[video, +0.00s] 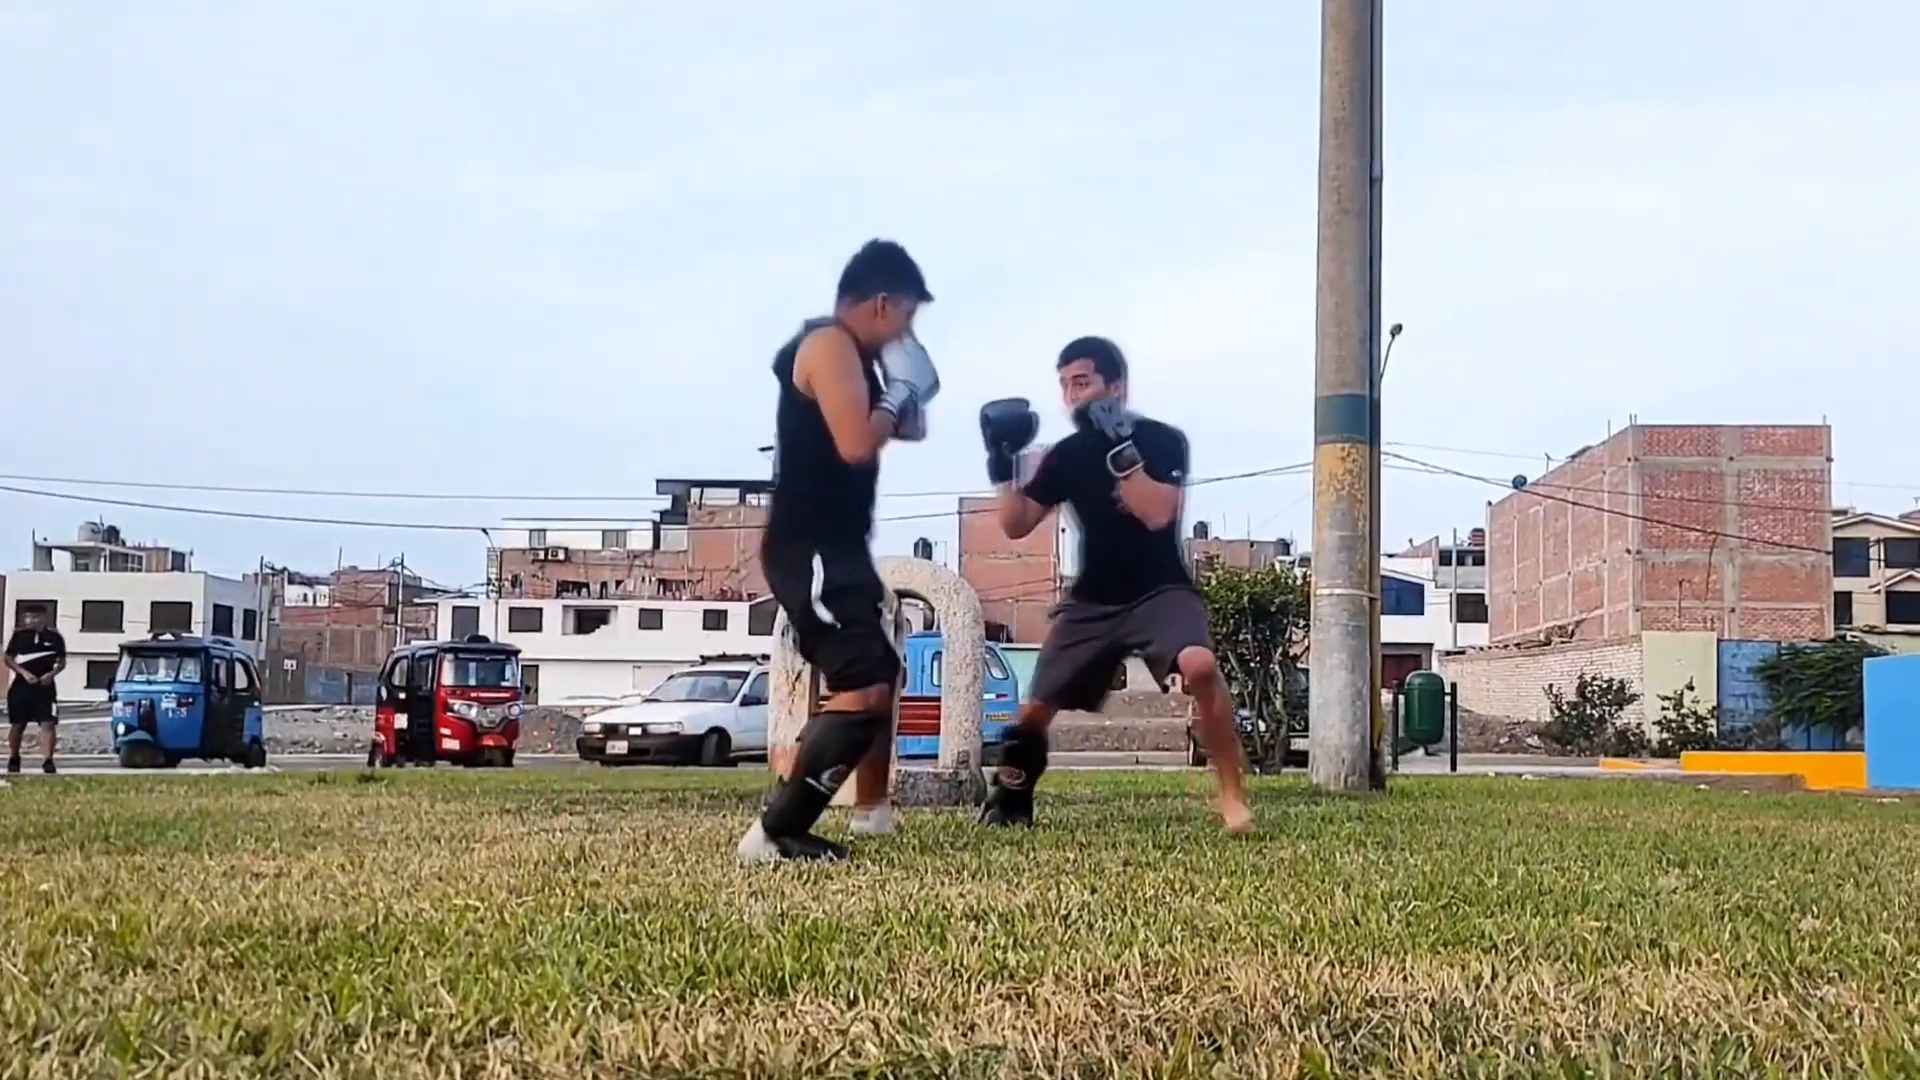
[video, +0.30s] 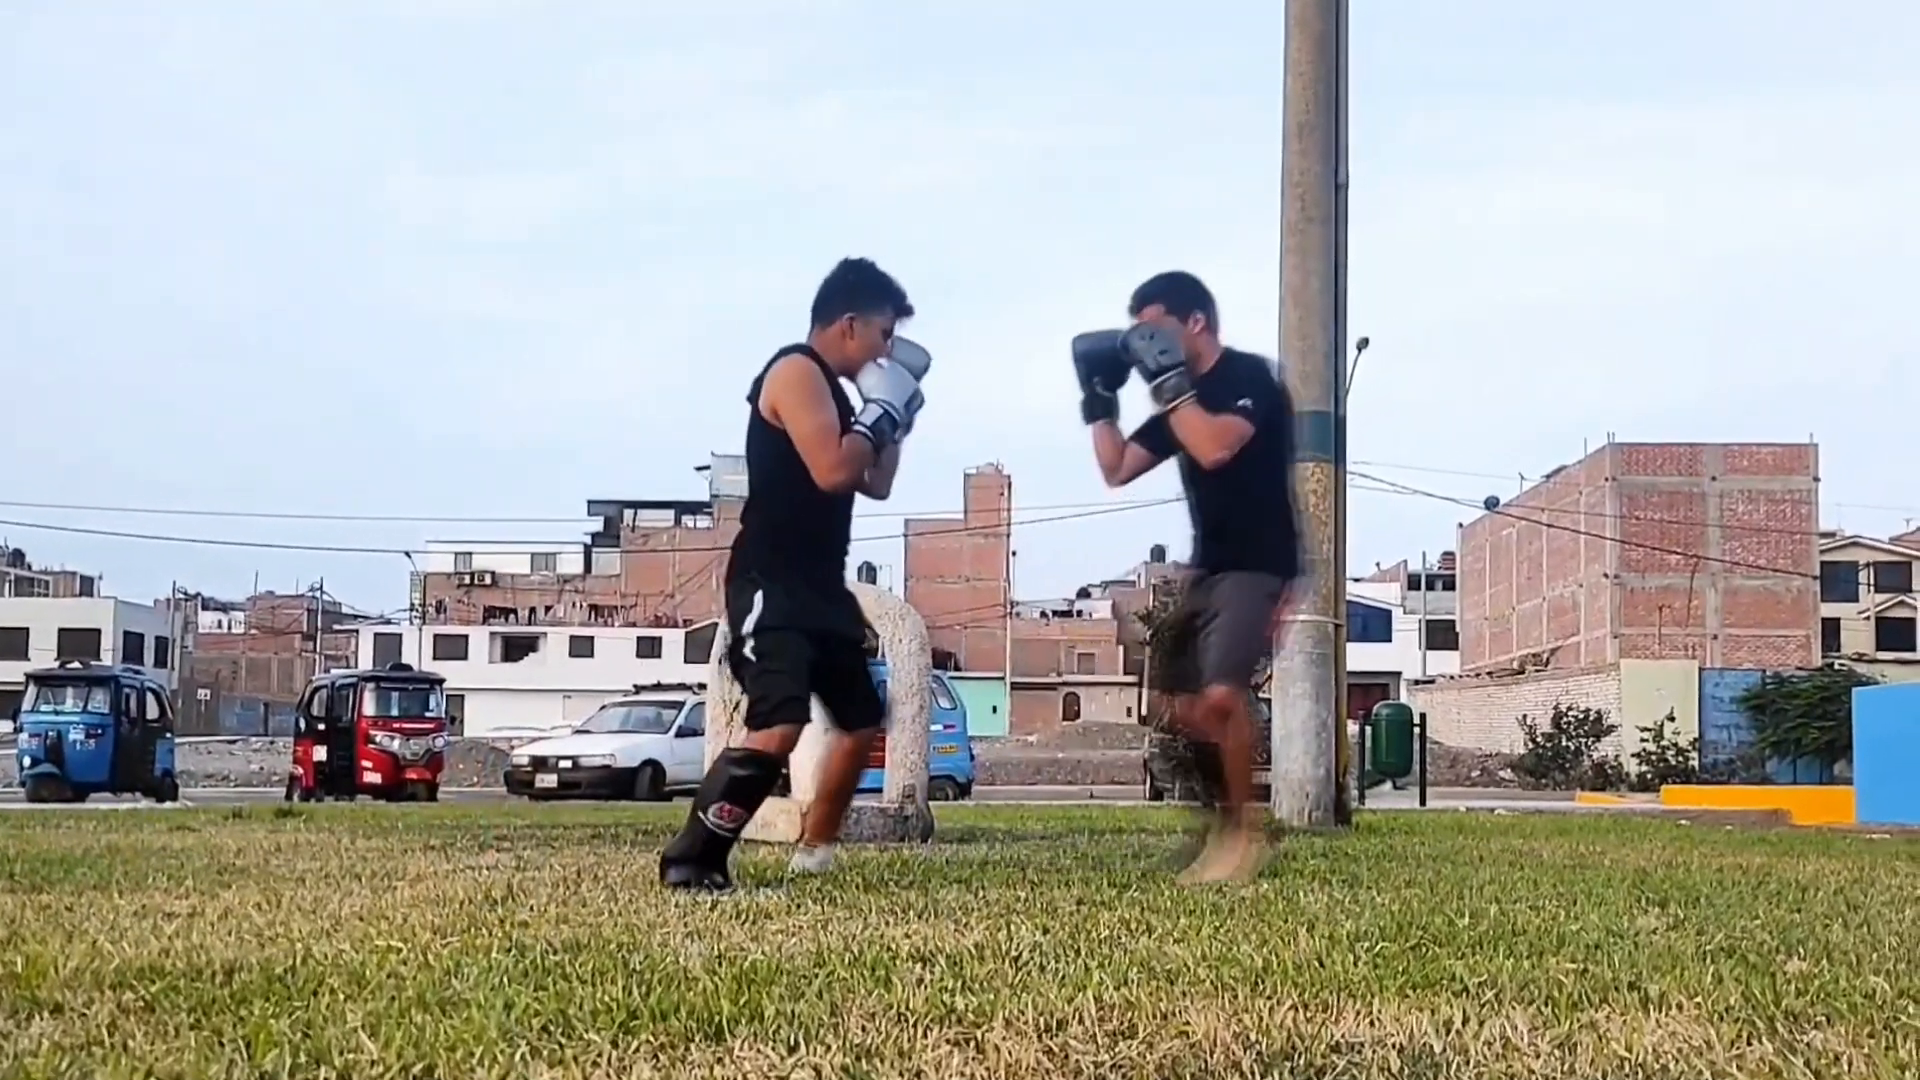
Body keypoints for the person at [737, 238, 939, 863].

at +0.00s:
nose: (908, 331)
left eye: (911, 318)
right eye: (907, 316)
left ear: (871, 303)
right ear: (878, 303)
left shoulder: (848, 353)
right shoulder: (828, 346)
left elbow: (907, 432)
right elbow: (857, 444)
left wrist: (904, 395)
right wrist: (894, 396)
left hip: (840, 545)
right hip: (811, 547)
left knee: (878, 686)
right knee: (861, 691)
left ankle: (790, 829)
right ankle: (772, 833)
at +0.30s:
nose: (887, 350)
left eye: (891, 338)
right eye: (884, 335)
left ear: (843, 326)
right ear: (846, 322)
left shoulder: (835, 391)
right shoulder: (796, 372)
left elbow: (877, 482)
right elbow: (833, 471)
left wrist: (895, 409)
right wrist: (878, 410)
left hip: (821, 581)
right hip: (772, 578)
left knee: (861, 727)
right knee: (778, 723)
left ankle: (813, 858)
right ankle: (692, 860)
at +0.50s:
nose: (885, 354)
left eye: (888, 339)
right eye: (877, 336)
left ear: (839, 334)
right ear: (833, 329)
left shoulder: (844, 411)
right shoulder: (774, 391)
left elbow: (884, 503)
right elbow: (804, 490)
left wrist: (912, 438)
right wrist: (861, 420)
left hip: (829, 607)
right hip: (764, 607)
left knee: (917, 718)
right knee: (739, 754)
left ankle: (881, 848)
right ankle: (648, 887)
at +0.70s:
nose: (907, 360)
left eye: (914, 347)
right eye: (898, 342)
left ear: (910, 354)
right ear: (852, 337)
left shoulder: (886, 422)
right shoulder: (796, 407)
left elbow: (978, 460)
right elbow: (829, 495)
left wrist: (973, 384)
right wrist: (874, 415)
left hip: (869, 629)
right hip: (797, 626)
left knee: (928, 765)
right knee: (753, 755)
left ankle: (908, 914)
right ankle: (649, 898)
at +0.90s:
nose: (949, 351)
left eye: (953, 336)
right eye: (940, 334)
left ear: (933, 336)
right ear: (894, 328)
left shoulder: (921, 414)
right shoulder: (830, 396)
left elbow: (986, 496)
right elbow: (850, 496)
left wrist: (1007, 419)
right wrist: (908, 418)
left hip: (911, 614)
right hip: (830, 613)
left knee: (995, 742)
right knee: (807, 753)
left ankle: (948, 877)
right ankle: (760, 912)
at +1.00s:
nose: (975, 370)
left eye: (978, 355)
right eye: (965, 352)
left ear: (942, 354)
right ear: (916, 348)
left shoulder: (944, 432)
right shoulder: (849, 421)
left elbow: (985, 533)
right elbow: (862, 522)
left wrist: (1024, 476)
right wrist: (924, 451)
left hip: (950, 638)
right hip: (865, 644)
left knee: (1054, 732)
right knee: (820, 771)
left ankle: (1030, 866)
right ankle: (761, 913)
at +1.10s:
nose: (1018, 381)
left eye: (1021, 366)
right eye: (1008, 364)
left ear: (974, 363)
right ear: (961, 363)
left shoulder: (997, 444)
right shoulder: (893, 435)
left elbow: (1046, 518)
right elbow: (877, 542)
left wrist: (1100, 479)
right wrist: (943, 478)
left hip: (990, 649)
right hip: (901, 654)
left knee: (1100, 748)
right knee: (845, 775)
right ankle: (769, 911)